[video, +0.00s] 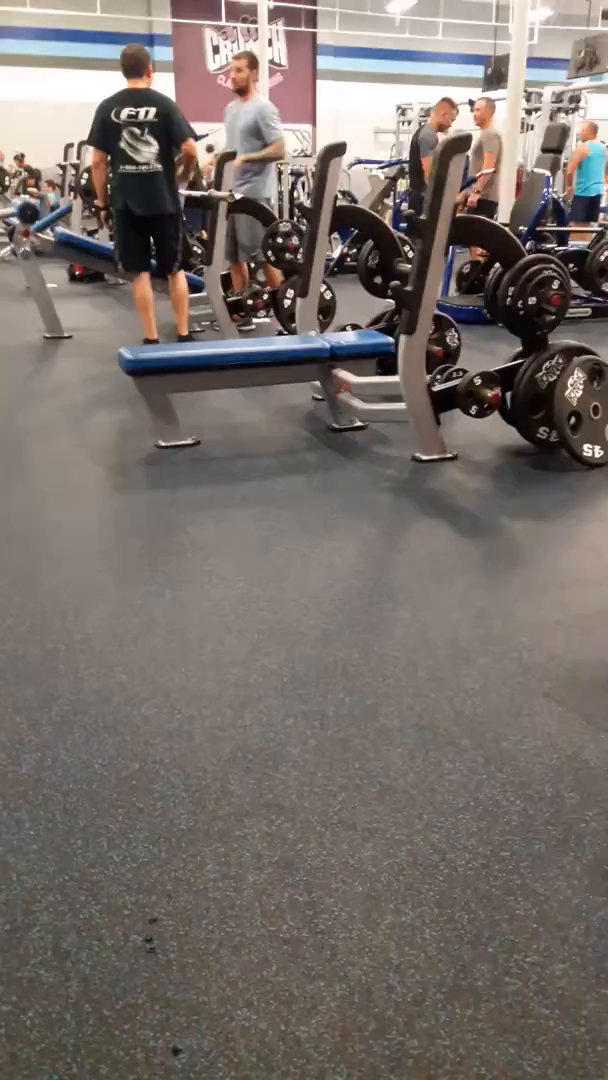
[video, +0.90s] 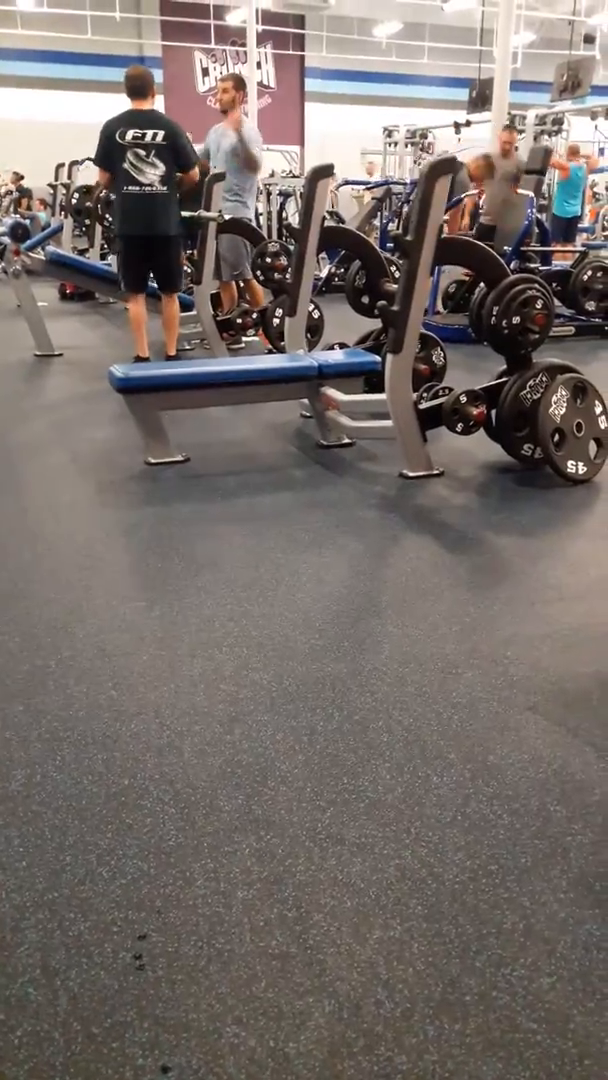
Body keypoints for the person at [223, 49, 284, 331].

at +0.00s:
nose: (232, 75)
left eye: (238, 70)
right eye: (231, 70)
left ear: (253, 74)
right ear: (231, 74)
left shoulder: (264, 109)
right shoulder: (231, 108)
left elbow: (280, 149)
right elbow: (235, 147)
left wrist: (244, 158)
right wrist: (217, 158)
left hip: (258, 194)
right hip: (232, 192)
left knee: (263, 254)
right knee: (234, 255)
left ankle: (283, 305)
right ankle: (240, 307)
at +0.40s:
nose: (221, 88)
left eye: (227, 83)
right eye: (220, 83)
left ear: (242, 86)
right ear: (220, 88)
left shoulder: (254, 122)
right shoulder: (219, 124)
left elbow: (269, 163)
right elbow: (218, 162)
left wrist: (243, 152)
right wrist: (196, 163)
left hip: (245, 200)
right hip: (221, 200)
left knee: (245, 259)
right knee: (228, 264)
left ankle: (269, 311)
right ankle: (236, 318)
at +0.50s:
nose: (221, 92)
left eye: (227, 86)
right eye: (220, 87)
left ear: (242, 90)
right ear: (219, 91)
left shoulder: (252, 126)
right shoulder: (217, 126)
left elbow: (264, 170)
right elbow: (215, 169)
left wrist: (245, 157)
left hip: (243, 206)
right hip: (220, 205)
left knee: (245, 266)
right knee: (226, 269)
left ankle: (266, 317)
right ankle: (233, 323)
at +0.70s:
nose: (223, 95)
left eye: (229, 90)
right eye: (222, 90)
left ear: (244, 94)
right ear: (222, 94)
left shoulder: (253, 131)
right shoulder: (218, 129)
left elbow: (264, 175)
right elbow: (215, 168)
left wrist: (247, 166)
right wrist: (194, 169)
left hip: (242, 211)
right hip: (218, 209)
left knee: (246, 271)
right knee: (227, 274)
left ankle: (270, 321)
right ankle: (232, 327)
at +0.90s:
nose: (218, 96)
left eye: (224, 91)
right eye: (218, 91)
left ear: (240, 95)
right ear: (219, 95)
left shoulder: (248, 129)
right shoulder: (215, 131)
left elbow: (255, 167)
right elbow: (200, 162)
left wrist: (240, 132)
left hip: (239, 209)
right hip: (215, 208)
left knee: (242, 271)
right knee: (223, 275)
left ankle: (266, 323)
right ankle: (230, 329)